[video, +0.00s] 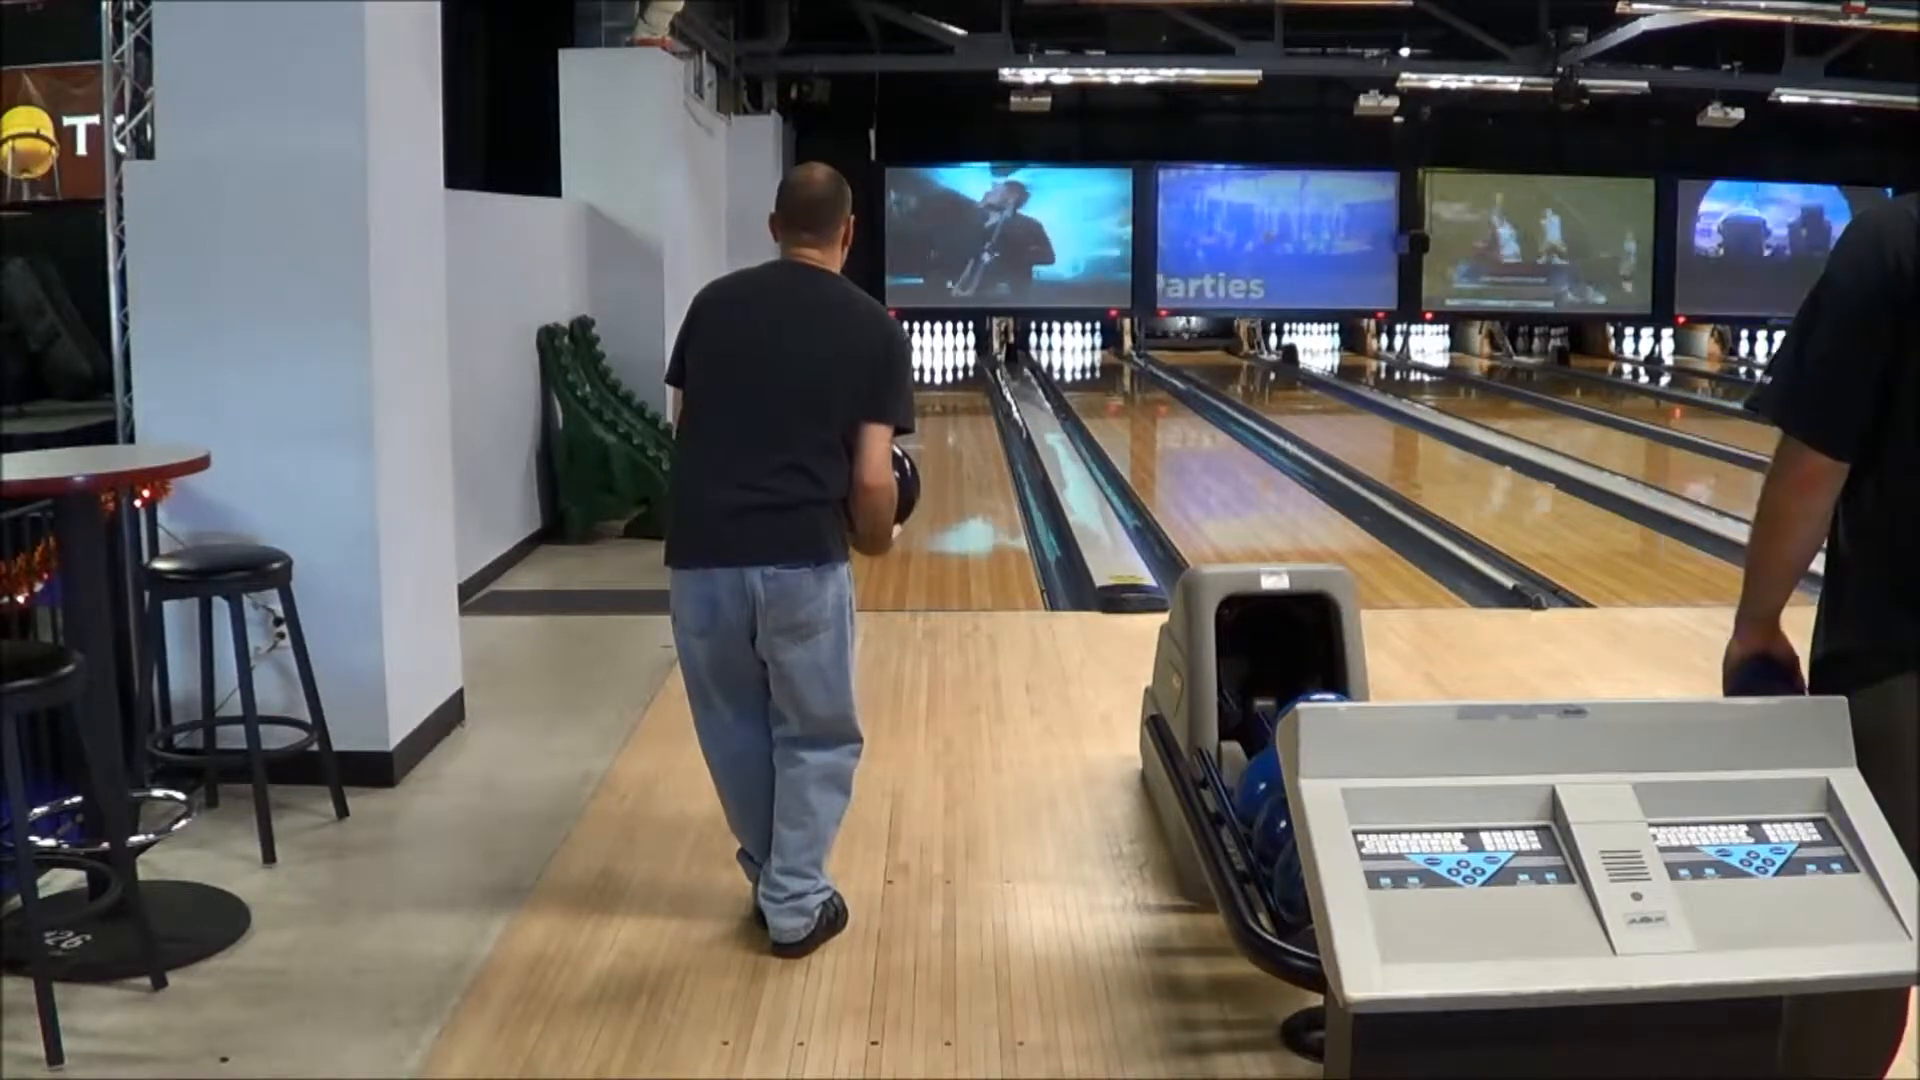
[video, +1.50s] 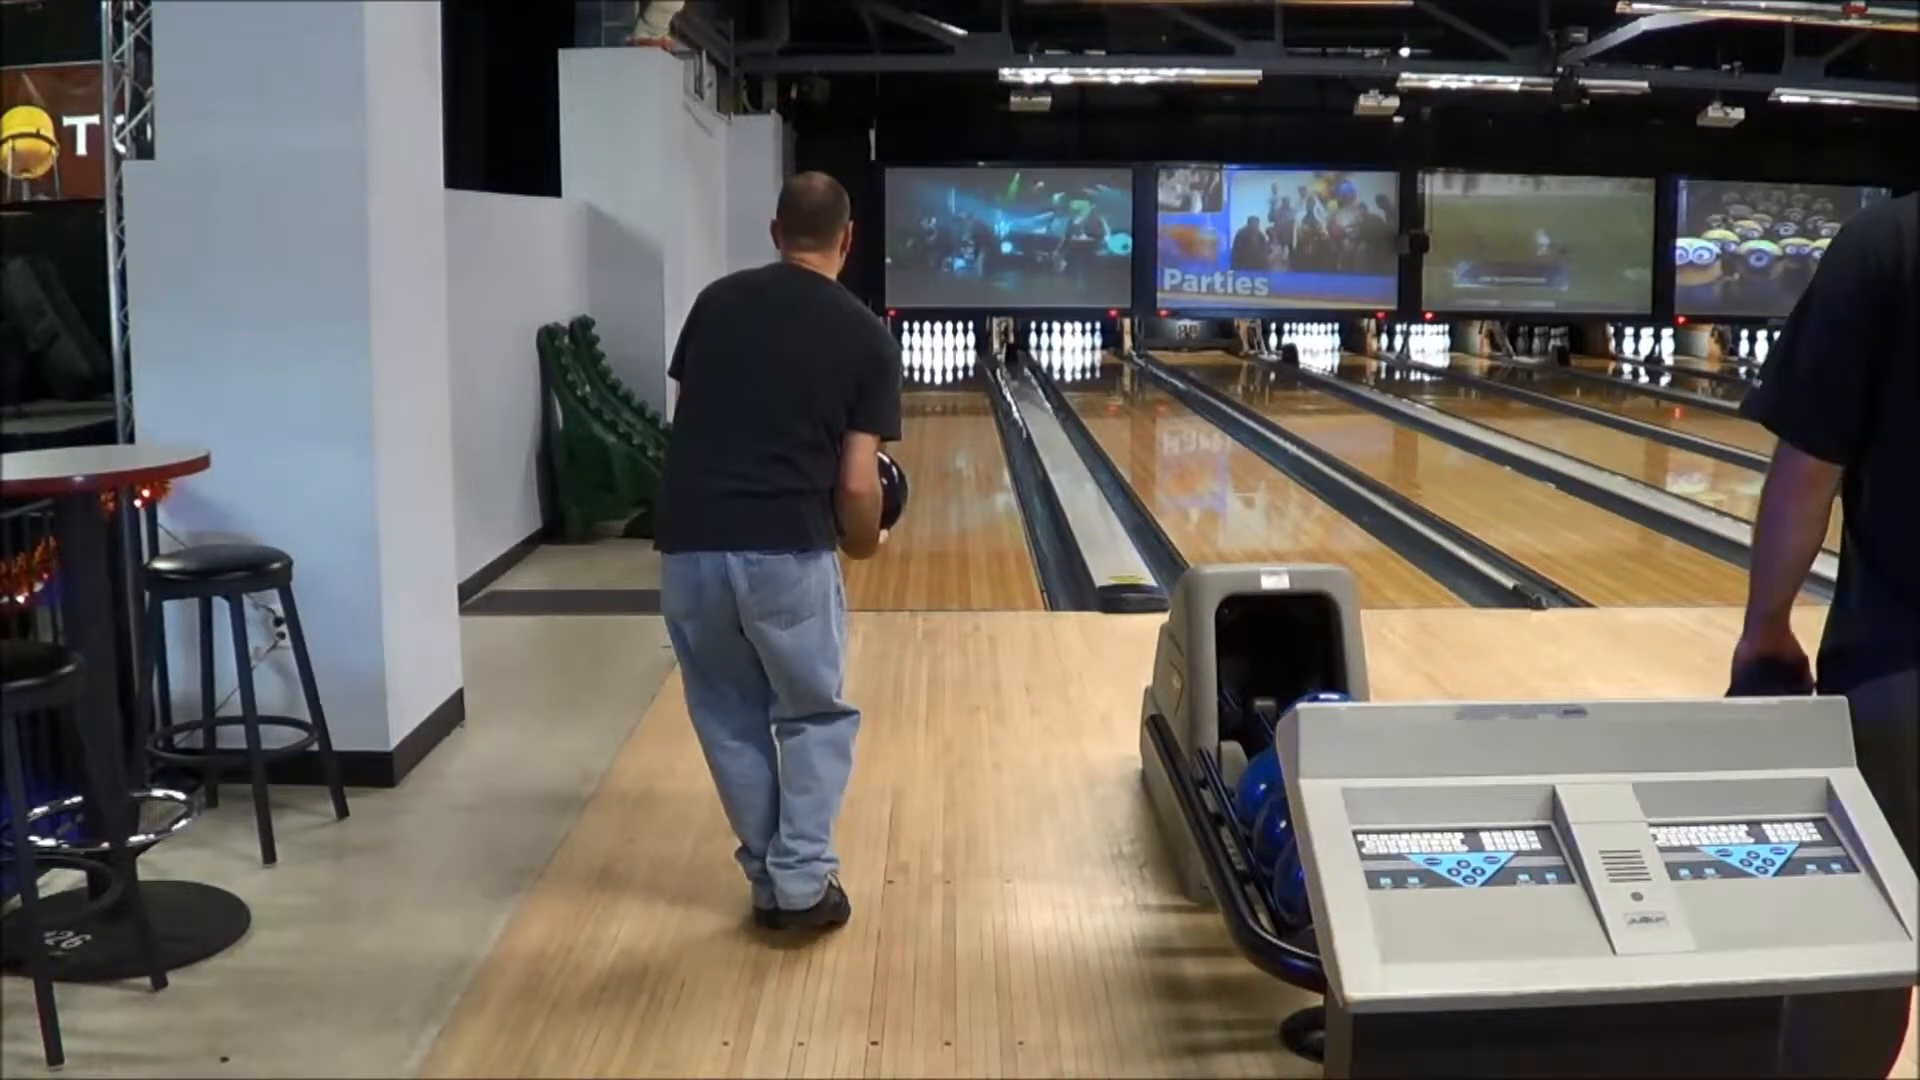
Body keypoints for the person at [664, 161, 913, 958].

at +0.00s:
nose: (851, 237)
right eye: (854, 226)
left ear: (772, 228)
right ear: (849, 230)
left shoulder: (715, 302)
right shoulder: (870, 326)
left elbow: (683, 423)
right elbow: (871, 477)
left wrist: (724, 485)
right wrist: (878, 537)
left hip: (701, 557)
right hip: (803, 557)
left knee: (732, 724)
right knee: (817, 736)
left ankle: (768, 870)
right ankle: (794, 904)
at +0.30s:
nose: (854, 237)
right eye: (856, 226)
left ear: (774, 228)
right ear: (851, 230)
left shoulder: (717, 302)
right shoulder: (871, 328)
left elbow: (688, 423)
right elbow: (874, 486)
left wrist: (726, 489)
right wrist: (876, 538)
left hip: (701, 559)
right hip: (804, 559)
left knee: (734, 725)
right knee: (818, 736)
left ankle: (767, 871)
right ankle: (794, 904)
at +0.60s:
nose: (855, 234)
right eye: (857, 223)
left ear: (775, 226)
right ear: (853, 228)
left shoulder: (719, 301)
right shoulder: (871, 327)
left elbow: (690, 424)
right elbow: (875, 486)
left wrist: (726, 490)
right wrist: (877, 538)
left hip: (703, 552)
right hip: (805, 554)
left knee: (735, 723)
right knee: (818, 735)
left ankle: (768, 870)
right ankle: (793, 904)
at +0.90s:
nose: (854, 234)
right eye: (856, 223)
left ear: (775, 226)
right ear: (851, 228)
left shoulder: (718, 298)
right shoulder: (869, 327)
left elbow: (688, 421)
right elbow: (870, 484)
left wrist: (724, 487)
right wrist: (874, 536)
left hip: (698, 547)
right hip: (798, 549)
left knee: (734, 722)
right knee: (815, 731)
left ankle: (767, 867)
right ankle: (793, 904)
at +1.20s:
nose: (846, 239)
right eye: (852, 229)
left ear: (777, 227)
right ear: (850, 233)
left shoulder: (717, 298)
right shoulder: (866, 329)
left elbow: (684, 413)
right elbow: (862, 487)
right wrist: (870, 538)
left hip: (691, 547)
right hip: (790, 550)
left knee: (731, 720)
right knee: (811, 726)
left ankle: (766, 868)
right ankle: (794, 901)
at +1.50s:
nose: (845, 242)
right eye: (850, 232)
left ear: (777, 231)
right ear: (848, 237)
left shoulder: (716, 301)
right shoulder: (864, 334)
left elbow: (682, 418)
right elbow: (857, 484)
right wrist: (864, 542)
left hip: (688, 546)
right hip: (786, 546)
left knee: (729, 720)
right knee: (812, 714)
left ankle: (769, 880)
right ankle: (799, 880)